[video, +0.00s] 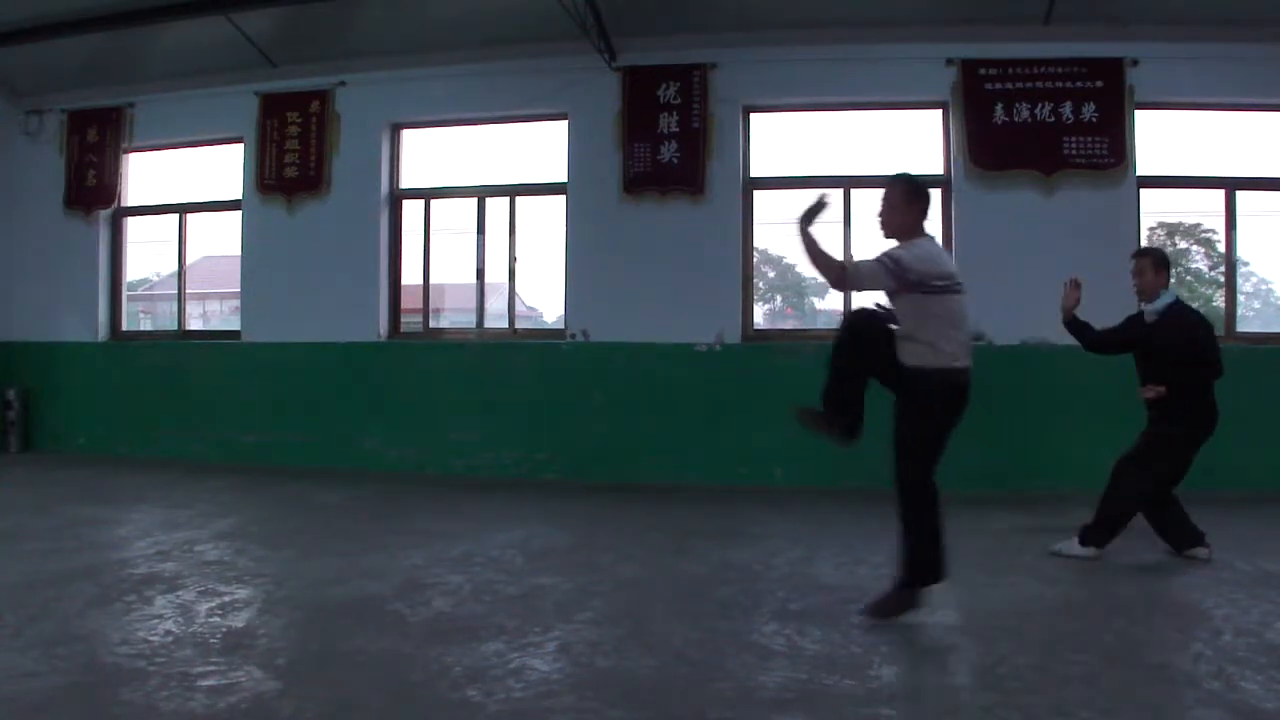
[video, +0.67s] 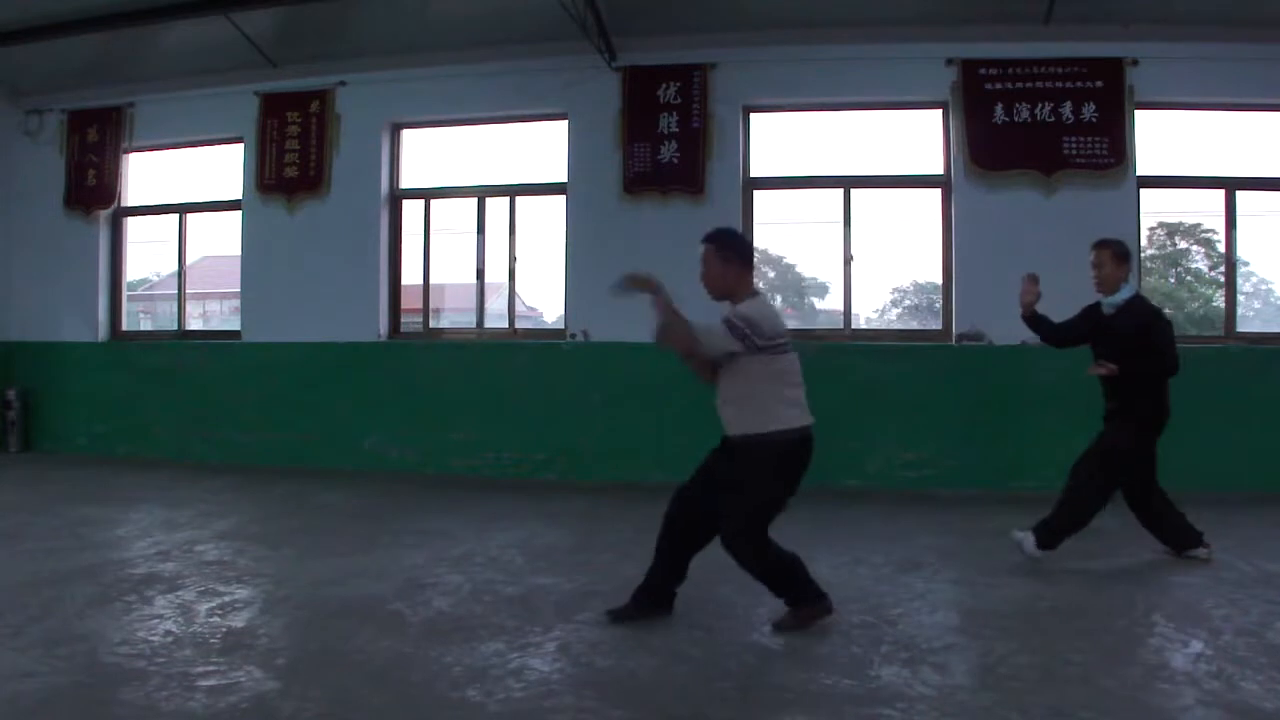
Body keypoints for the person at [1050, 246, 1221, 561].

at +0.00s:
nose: (1135, 282)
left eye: (1141, 275)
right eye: (1133, 276)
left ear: (1162, 277)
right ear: (1136, 278)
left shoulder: (1190, 321)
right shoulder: (1140, 323)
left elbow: (1212, 369)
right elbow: (1100, 343)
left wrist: (1168, 388)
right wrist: (1069, 316)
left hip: (1191, 418)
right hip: (1163, 417)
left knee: (1131, 471)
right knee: (1148, 482)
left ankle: (1091, 541)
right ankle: (1191, 544)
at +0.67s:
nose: (1094, 274)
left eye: (1101, 267)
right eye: (1093, 268)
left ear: (1124, 270)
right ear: (1097, 271)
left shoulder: (1149, 316)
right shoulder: (1098, 314)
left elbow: (1168, 365)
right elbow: (1060, 336)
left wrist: (1121, 370)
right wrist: (1029, 312)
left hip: (1144, 416)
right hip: (1118, 415)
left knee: (1092, 475)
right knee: (1139, 488)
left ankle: (1043, 538)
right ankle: (1189, 543)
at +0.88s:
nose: (1031, 268)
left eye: (1037, 261)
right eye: (1030, 261)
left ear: (1060, 265)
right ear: (1035, 265)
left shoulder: (1083, 312)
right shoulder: (1033, 308)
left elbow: (1092, 365)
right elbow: (999, 342)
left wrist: (1050, 351)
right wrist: (971, 321)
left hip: (1078, 413)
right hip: (1054, 411)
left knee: (1024, 470)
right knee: (1086, 481)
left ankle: (1023, 546)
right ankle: (1151, 511)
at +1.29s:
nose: (940, 225)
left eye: (944, 218)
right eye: (940, 218)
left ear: (962, 220)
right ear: (964, 219)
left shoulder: (971, 263)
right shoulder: (969, 257)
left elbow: (916, 278)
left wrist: (863, 262)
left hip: (990, 366)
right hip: (972, 355)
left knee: (964, 442)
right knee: (911, 341)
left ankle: (944, 529)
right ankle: (943, 406)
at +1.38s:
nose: (927, 241)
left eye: (932, 234)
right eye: (927, 234)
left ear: (951, 237)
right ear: (951, 237)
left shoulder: (957, 282)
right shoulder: (955, 276)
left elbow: (901, 292)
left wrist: (849, 272)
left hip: (964, 385)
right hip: (948, 374)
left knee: (937, 460)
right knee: (883, 373)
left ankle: (925, 543)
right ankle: (905, 441)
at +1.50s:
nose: (916, 253)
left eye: (921, 246)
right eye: (917, 246)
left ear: (938, 249)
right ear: (943, 249)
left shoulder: (949, 294)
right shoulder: (945, 291)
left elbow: (906, 320)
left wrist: (850, 301)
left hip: (940, 402)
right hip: (931, 394)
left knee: (911, 477)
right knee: (858, 415)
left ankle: (919, 551)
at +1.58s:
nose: (904, 259)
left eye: (909, 251)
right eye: (904, 252)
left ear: (930, 253)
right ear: (931, 254)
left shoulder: (938, 299)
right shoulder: (932, 295)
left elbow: (904, 351)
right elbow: (904, 348)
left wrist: (873, 329)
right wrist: (881, 324)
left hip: (918, 409)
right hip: (908, 403)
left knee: (903, 482)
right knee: (843, 454)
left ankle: (918, 554)